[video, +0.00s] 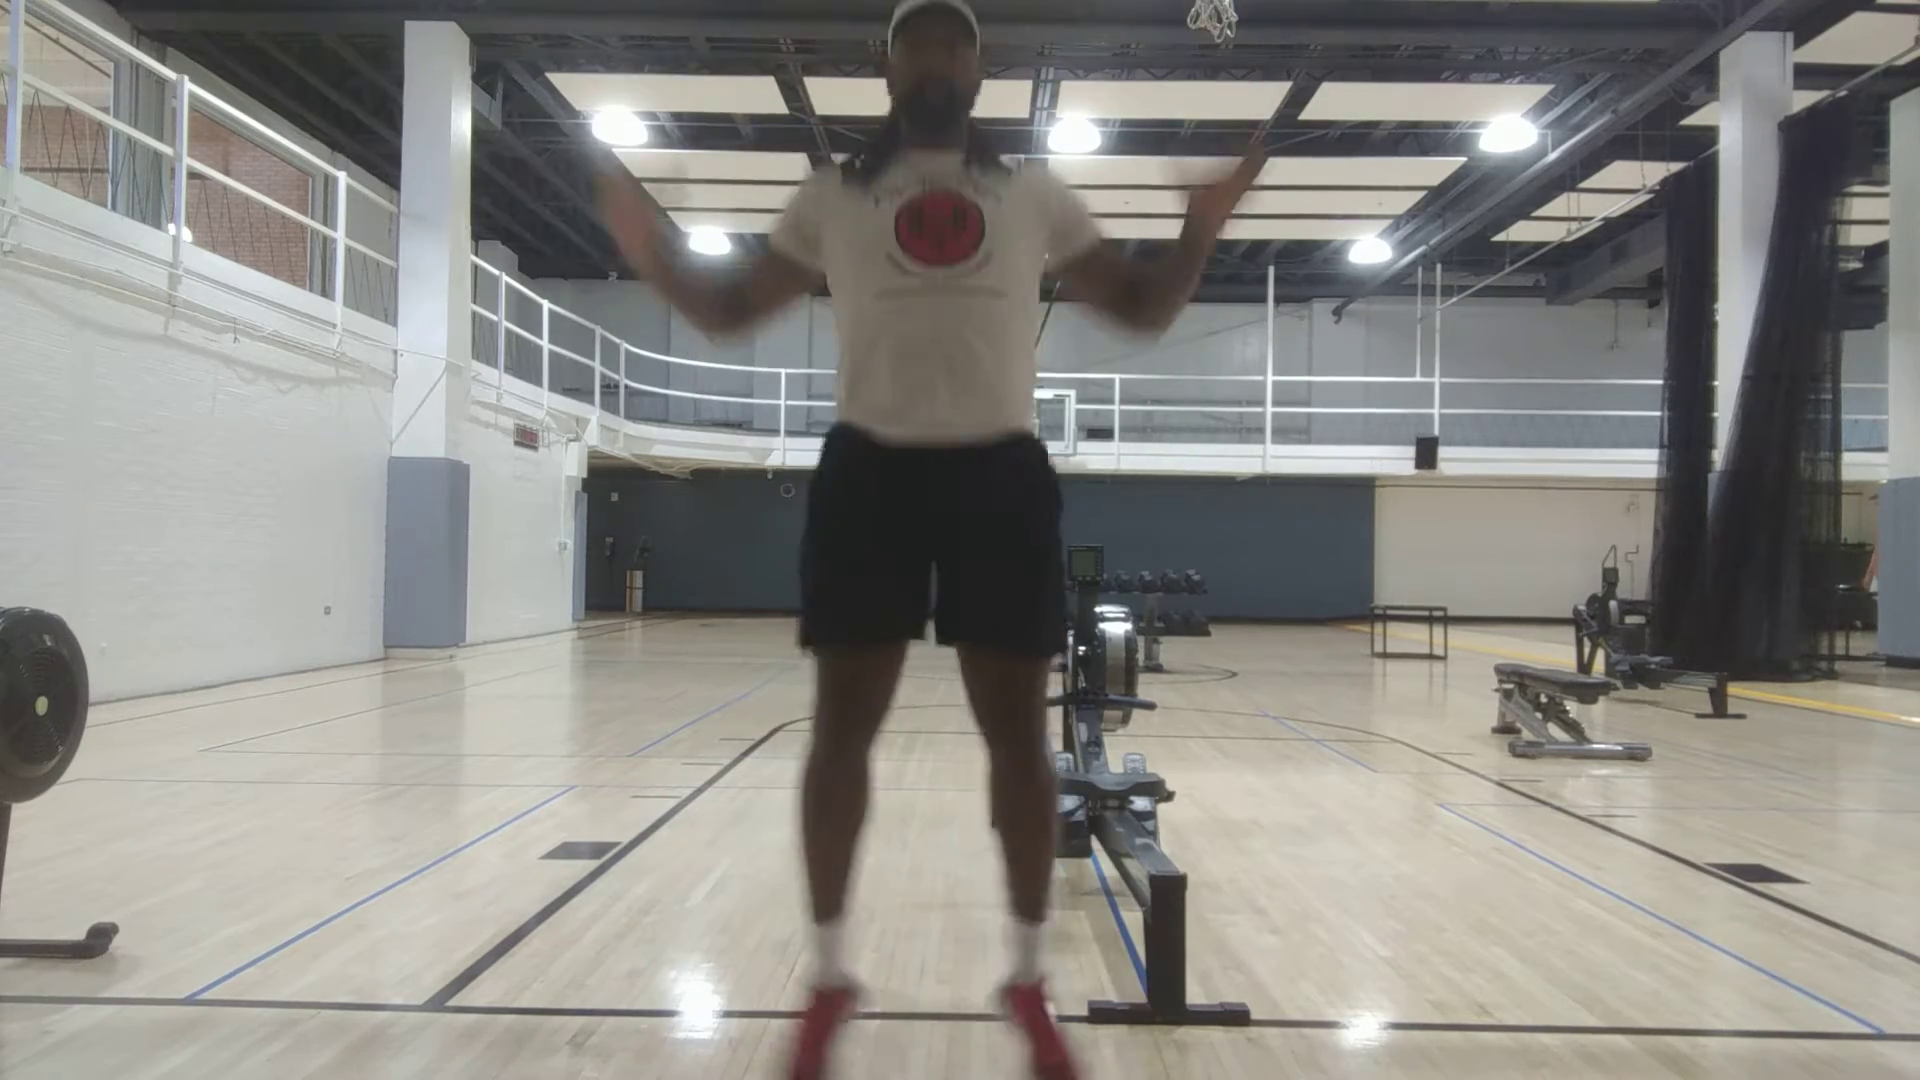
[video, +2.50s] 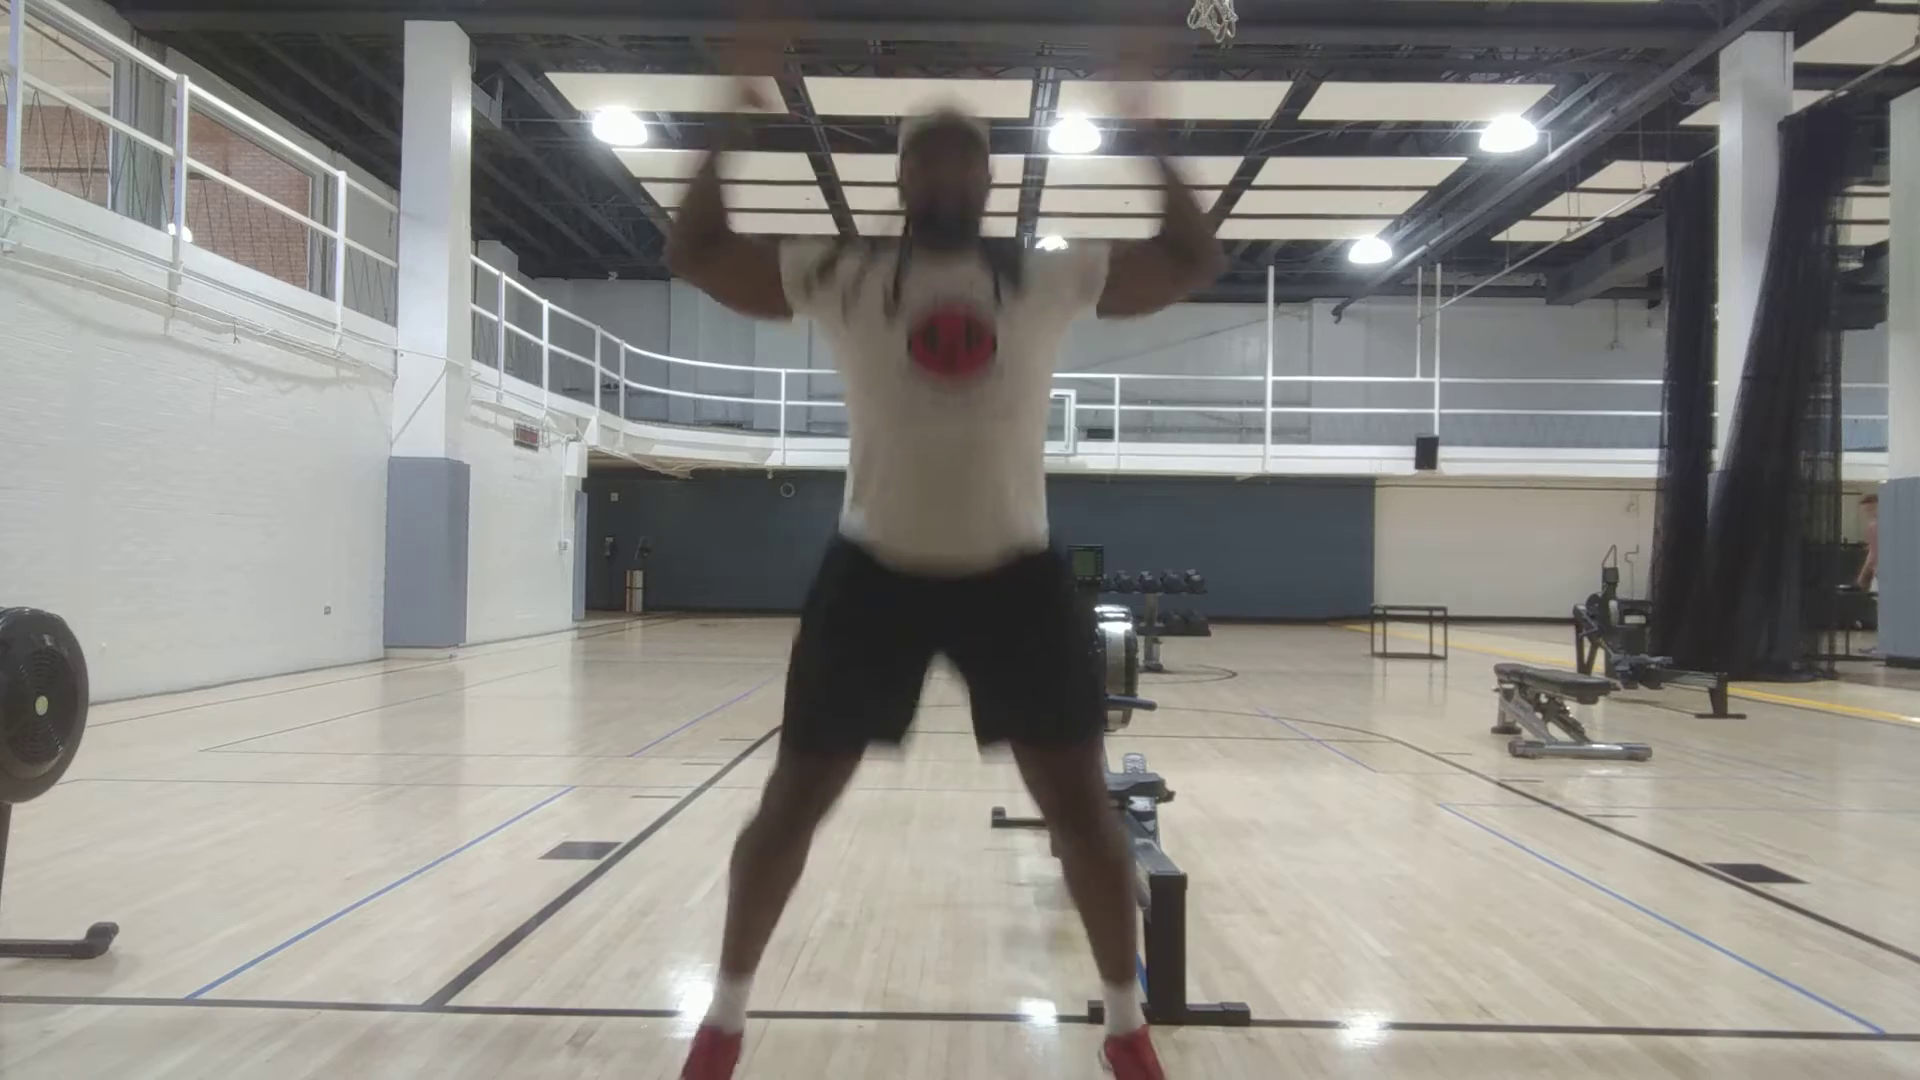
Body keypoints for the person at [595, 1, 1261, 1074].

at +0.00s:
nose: (931, 58)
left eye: (950, 42)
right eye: (913, 42)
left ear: (981, 69)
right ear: (885, 70)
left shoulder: (1033, 190)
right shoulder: (834, 197)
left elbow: (1145, 307)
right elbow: (726, 312)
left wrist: (1202, 225)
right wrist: (657, 257)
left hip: (1001, 479)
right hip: (869, 478)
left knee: (1017, 726)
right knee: (843, 723)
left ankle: (1027, 977)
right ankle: (828, 973)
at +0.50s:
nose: (935, 103)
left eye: (953, 88)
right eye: (917, 87)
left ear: (978, 112)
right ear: (886, 110)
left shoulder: (1032, 222)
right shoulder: (836, 223)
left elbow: (1165, 288)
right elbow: (696, 278)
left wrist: (1235, 187)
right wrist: (623, 182)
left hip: (1002, 511)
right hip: (863, 509)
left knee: (1059, 751)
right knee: (791, 747)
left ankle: (1111, 986)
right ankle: (741, 987)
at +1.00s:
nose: (932, 119)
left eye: (949, 101)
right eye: (914, 101)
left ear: (972, 123)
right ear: (884, 121)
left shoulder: (1029, 261)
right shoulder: (832, 259)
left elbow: (1100, 380)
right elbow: (779, 378)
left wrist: (1153, 375)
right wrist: (729, 400)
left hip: (996, 535)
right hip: (868, 536)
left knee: (1000, 773)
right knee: (859, 769)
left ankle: (983, 1005)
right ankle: (876, 1004)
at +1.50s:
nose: (921, 168)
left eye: (940, 153)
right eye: (904, 152)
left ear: (969, 172)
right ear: (876, 170)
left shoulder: (1026, 274)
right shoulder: (824, 270)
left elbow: (1166, 250)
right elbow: (686, 228)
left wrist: (1126, 96)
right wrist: (715, 92)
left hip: (993, 574)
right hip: (855, 570)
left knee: (1060, 803)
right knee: (770, 793)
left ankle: (1116, 1006)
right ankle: (706, 1008)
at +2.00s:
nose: (933, 135)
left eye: (951, 118)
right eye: (916, 118)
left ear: (976, 136)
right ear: (888, 135)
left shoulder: (1030, 270)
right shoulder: (836, 264)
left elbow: (1086, 395)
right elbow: (776, 383)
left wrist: (1129, 396)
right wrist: (751, 387)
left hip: (998, 546)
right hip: (871, 545)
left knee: (998, 792)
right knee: (860, 782)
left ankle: (969, 1016)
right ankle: (869, 1019)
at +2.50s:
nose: (947, 175)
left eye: (963, 160)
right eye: (930, 159)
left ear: (989, 183)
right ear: (902, 181)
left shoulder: (1048, 280)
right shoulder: (842, 279)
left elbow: (1190, 261)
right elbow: (697, 253)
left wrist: (1150, 133)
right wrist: (731, 110)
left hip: (1014, 581)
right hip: (873, 578)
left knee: (1082, 811)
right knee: (791, 804)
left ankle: (1127, 1026)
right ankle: (724, 1017)